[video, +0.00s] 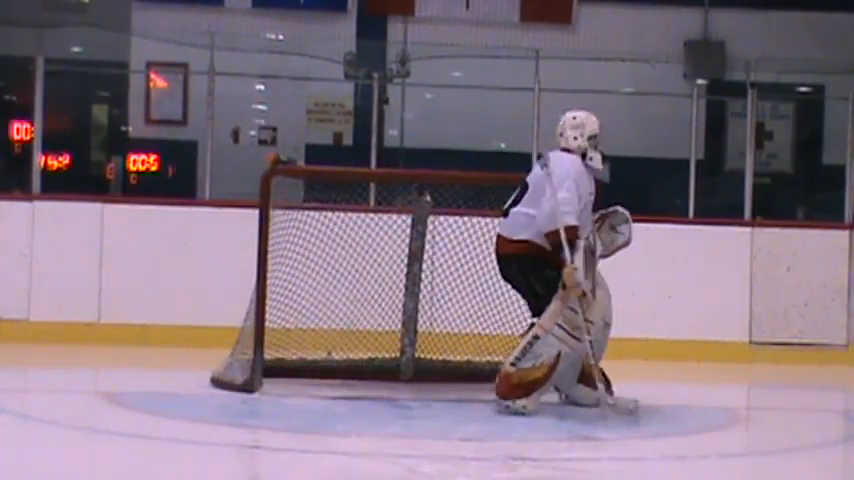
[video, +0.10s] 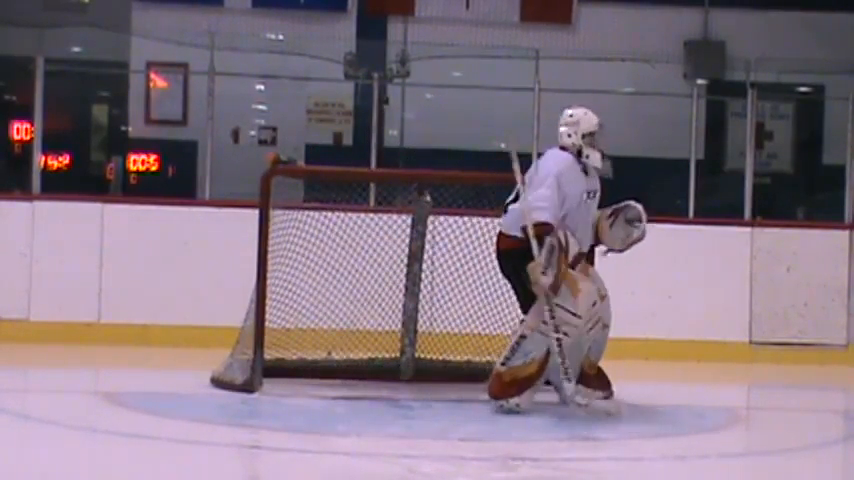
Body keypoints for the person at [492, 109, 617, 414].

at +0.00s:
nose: (598, 143)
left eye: (597, 138)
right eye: (595, 138)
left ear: (564, 136)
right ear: (587, 139)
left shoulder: (559, 163)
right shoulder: (568, 166)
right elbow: (566, 218)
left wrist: (594, 232)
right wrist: (570, 263)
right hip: (525, 250)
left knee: (558, 315)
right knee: (562, 314)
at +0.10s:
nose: (597, 141)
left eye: (597, 135)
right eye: (592, 135)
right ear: (576, 137)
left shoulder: (588, 172)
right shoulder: (554, 164)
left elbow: (585, 221)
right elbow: (541, 210)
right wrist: (546, 257)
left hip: (554, 246)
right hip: (520, 244)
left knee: (576, 306)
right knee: (541, 313)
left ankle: (575, 371)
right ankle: (518, 378)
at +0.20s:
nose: (584, 144)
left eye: (586, 138)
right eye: (577, 138)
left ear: (589, 139)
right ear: (559, 139)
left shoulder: (592, 173)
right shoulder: (541, 169)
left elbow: (585, 222)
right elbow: (507, 209)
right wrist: (513, 241)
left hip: (579, 266)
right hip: (542, 264)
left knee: (587, 324)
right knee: (533, 325)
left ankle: (576, 380)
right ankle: (505, 384)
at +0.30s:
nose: (568, 157)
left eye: (572, 149)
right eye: (560, 151)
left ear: (578, 150)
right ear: (543, 152)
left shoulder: (591, 185)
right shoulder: (520, 183)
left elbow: (601, 227)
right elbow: (481, 222)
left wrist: (623, 228)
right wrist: (479, 256)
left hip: (568, 277)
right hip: (523, 276)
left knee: (587, 328)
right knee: (518, 332)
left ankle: (570, 384)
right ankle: (501, 389)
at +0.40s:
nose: (538, 173)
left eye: (543, 166)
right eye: (531, 167)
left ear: (554, 165)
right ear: (519, 167)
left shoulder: (580, 198)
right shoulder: (499, 196)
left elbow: (601, 242)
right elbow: (463, 222)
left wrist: (615, 234)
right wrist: (443, 249)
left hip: (559, 284)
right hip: (509, 281)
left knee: (574, 331)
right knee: (482, 315)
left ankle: (576, 382)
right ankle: (480, 382)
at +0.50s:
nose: (511, 179)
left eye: (517, 171)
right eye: (504, 172)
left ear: (529, 172)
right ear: (493, 173)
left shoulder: (551, 202)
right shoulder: (473, 200)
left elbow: (571, 245)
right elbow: (436, 221)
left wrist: (589, 240)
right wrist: (415, 251)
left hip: (538, 283)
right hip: (491, 279)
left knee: (546, 340)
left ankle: (577, 385)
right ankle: (457, 384)